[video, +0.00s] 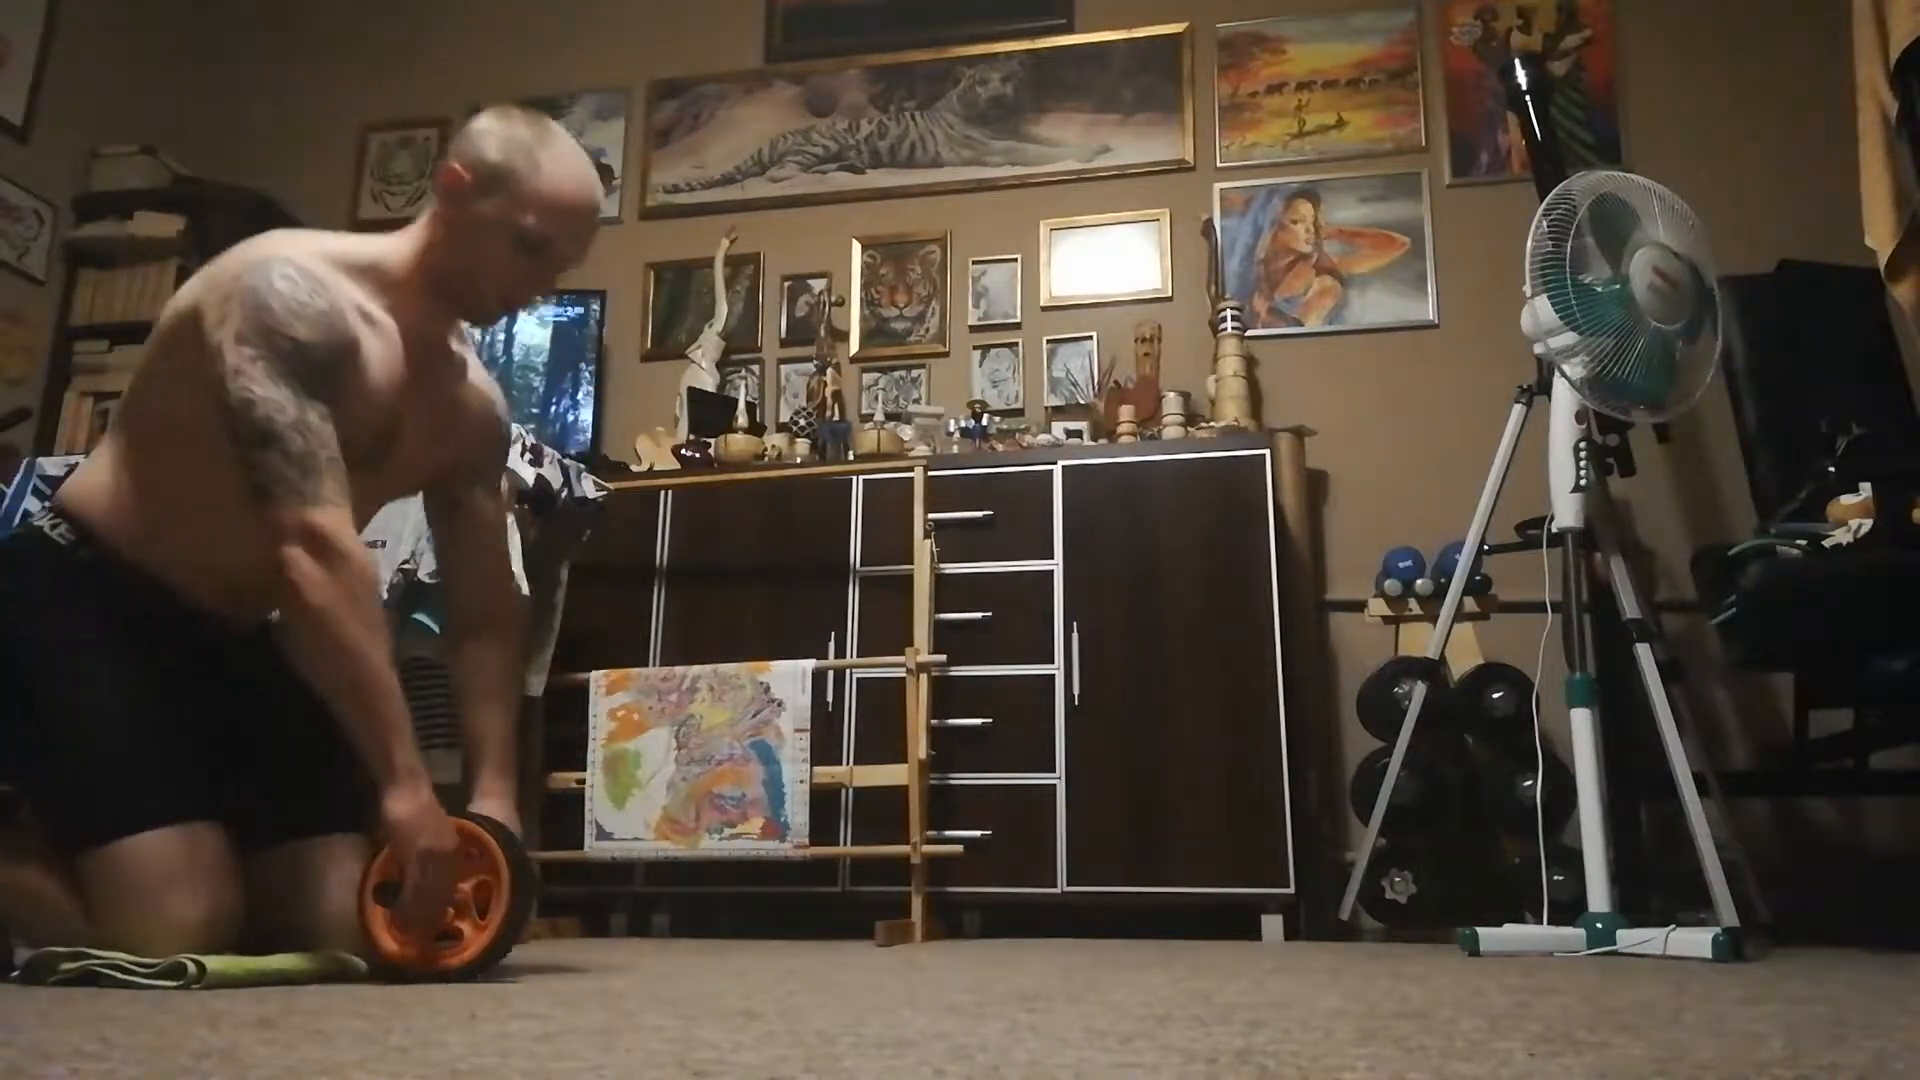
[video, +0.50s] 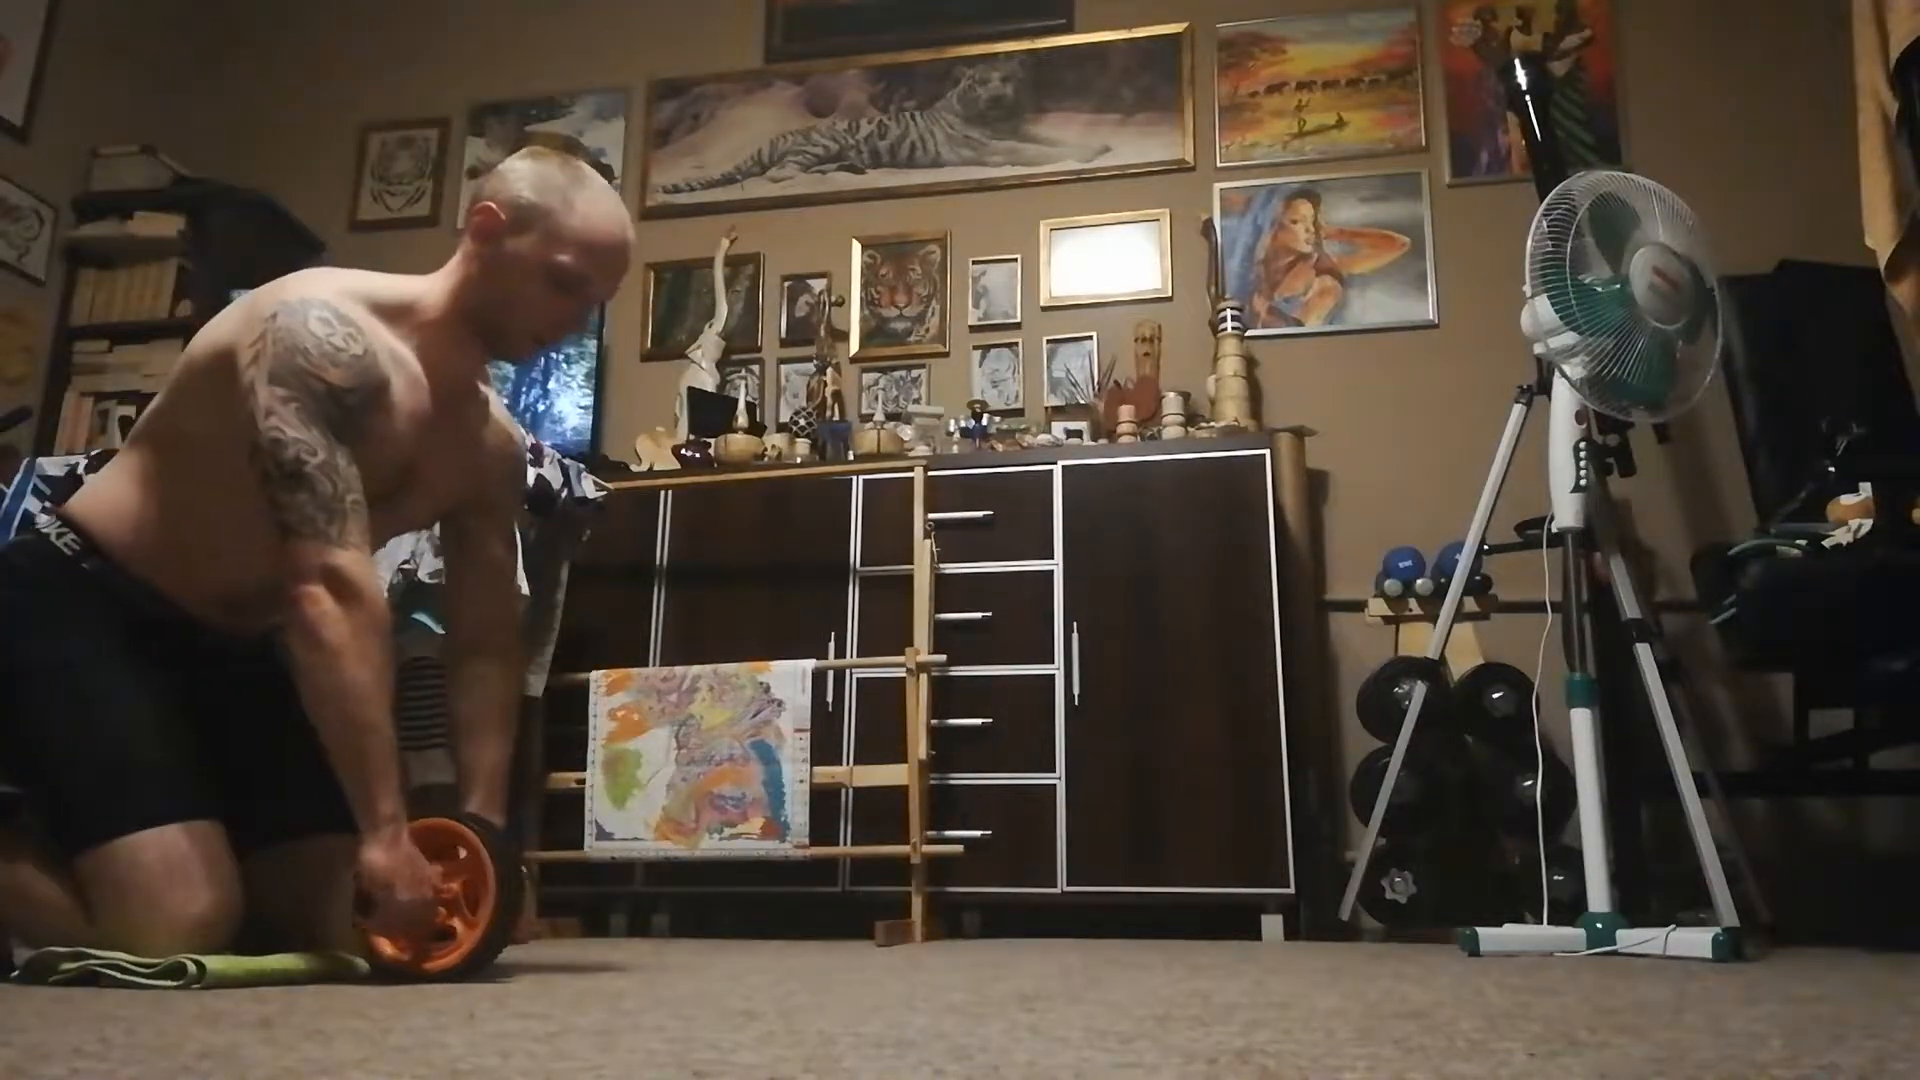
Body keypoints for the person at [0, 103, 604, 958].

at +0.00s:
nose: (543, 282)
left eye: (562, 265)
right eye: (531, 246)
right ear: (453, 191)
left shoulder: (473, 412)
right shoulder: (283, 292)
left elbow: (487, 618)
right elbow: (314, 556)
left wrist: (493, 791)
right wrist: (405, 786)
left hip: (245, 635)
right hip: (88, 593)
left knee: (335, 930)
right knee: (180, 931)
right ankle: (5, 847)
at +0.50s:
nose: (580, 320)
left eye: (597, 301)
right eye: (570, 285)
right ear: (487, 227)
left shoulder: (491, 447)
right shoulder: (319, 335)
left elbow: (487, 647)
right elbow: (328, 595)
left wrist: (481, 830)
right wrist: (386, 831)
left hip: (242, 645)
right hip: (87, 602)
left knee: (337, 924)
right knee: (182, 925)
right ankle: (10, 862)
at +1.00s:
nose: (600, 331)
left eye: (618, 308)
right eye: (590, 293)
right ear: (510, 240)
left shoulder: (508, 457)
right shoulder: (340, 340)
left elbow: (501, 658)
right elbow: (331, 601)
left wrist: (482, 835)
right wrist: (379, 838)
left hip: (245, 643)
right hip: (92, 599)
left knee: (334, 922)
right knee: (180, 930)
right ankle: (11, 866)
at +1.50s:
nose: (637, 286)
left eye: (653, 266)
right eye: (623, 249)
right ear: (538, 209)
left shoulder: (551, 440)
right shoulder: (384, 326)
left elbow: (519, 627)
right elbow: (368, 593)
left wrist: (490, 829)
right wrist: (401, 833)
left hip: (265, 636)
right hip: (116, 579)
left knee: (345, 916)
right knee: (178, 929)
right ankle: (10, 850)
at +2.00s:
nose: (729, 349)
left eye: (742, 326)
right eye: (718, 313)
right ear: (636, 256)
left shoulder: (604, 458)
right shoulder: (455, 336)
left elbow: (544, 658)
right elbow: (393, 606)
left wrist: (497, 858)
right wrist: (400, 857)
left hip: (293, 635)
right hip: (148, 569)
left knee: (355, 910)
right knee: (184, 923)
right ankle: (7, 844)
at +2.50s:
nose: (698, 390)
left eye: (719, 373)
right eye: (695, 357)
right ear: (629, 288)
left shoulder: (587, 459)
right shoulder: (427, 335)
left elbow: (537, 652)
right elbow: (381, 606)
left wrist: (495, 858)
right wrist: (397, 843)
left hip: (293, 628)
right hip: (152, 566)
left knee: (362, 914)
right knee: (175, 927)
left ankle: (125, 869)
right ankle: (13, 847)